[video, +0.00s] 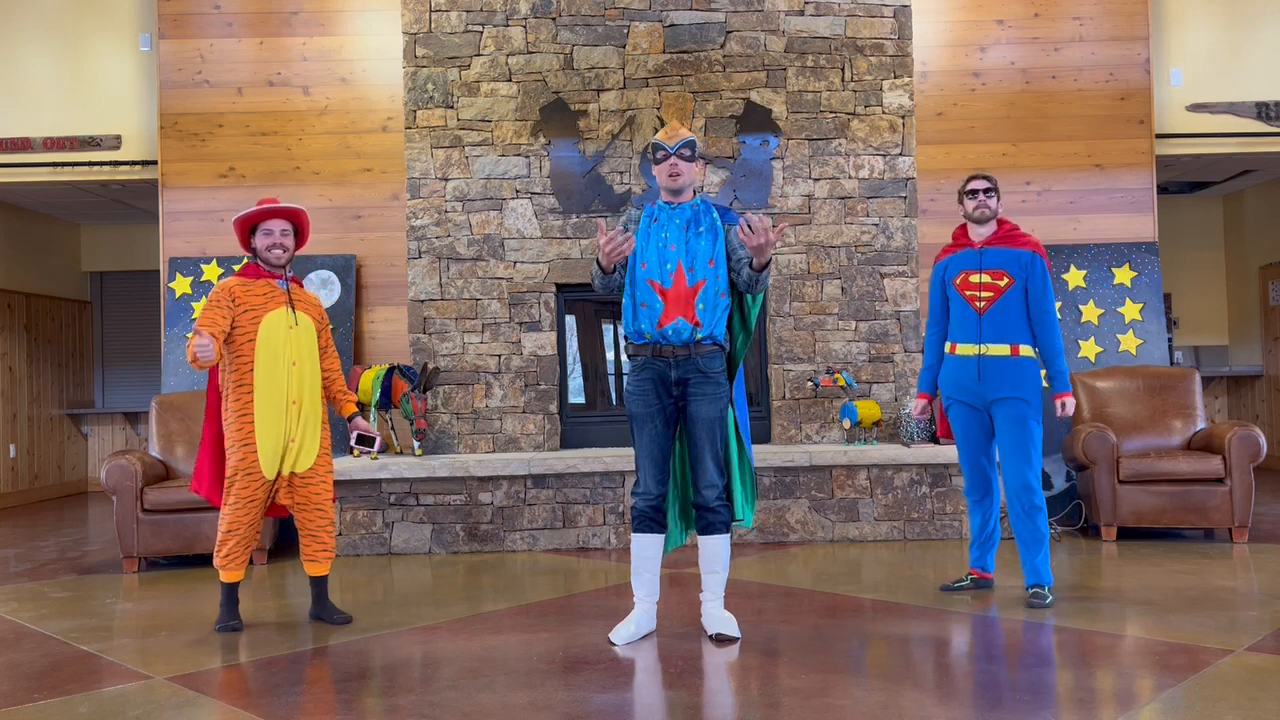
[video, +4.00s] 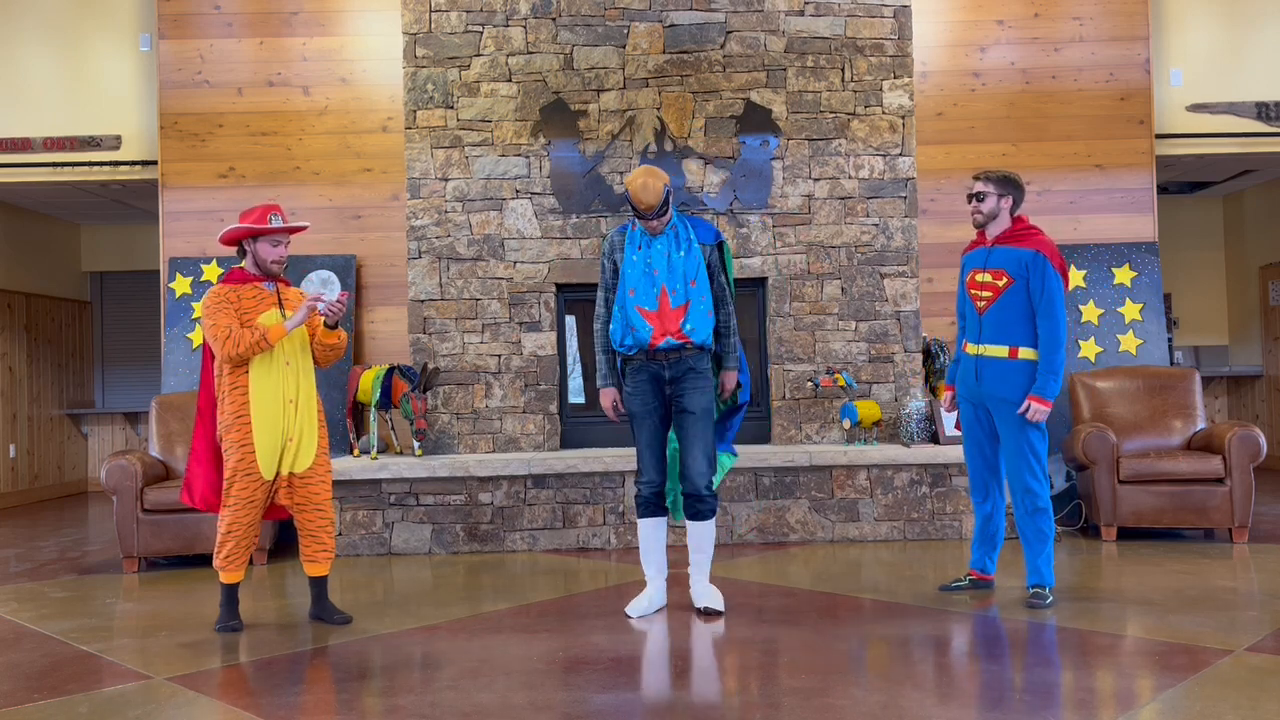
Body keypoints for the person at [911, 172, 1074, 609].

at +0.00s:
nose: (980, 200)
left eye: (988, 194)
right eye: (972, 195)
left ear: (1000, 203)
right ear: (961, 207)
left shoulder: (1027, 254)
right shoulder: (946, 262)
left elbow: (1046, 323)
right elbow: (935, 333)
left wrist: (1061, 382)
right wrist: (925, 390)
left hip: (1015, 385)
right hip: (961, 389)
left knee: (1023, 484)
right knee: (977, 484)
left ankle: (1038, 581)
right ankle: (980, 572)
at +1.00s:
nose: (1003, 200)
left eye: (1012, 193)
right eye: (995, 193)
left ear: (1023, 199)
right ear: (984, 200)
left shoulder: (1049, 252)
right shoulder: (966, 255)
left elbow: (1068, 322)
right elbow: (951, 324)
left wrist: (1076, 380)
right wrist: (940, 382)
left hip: (1034, 388)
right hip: (977, 390)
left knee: (1036, 485)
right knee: (982, 483)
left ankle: (1041, 581)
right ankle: (981, 572)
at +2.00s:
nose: (994, 201)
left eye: (1001, 194)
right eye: (985, 194)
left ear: (1012, 202)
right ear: (973, 201)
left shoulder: (1036, 254)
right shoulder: (954, 257)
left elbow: (1057, 323)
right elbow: (941, 327)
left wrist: (1065, 383)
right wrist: (933, 383)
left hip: (1022, 388)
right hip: (968, 391)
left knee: (1029, 486)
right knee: (981, 485)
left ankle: (1039, 580)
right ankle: (982, 572)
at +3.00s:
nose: (972, 206)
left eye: (980, 198)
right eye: (970, 199)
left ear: (1007, 203)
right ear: (980, 205)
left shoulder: (1039, 252)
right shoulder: (965, 256)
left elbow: (1060, 327)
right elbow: (955, 328)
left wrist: (1060, 387)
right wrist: (943, 383)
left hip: (1020, 389)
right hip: (970, 391)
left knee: (1027, 487)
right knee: (983, 485)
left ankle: (1040, 581)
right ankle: (982, 572)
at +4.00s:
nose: (971, 205)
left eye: (980, 197)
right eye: (970, 198)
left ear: (1007, 202)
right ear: (978, 205)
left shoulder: (1037, 251)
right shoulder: (971, 256)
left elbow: (1054, 329)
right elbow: (965, 328)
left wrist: (1046, 390)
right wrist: (953, 382)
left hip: (1017, 388)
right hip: (972, 388)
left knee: (1028, 487)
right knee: (985, 485)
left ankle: (1040, 580)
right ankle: (982, 571)